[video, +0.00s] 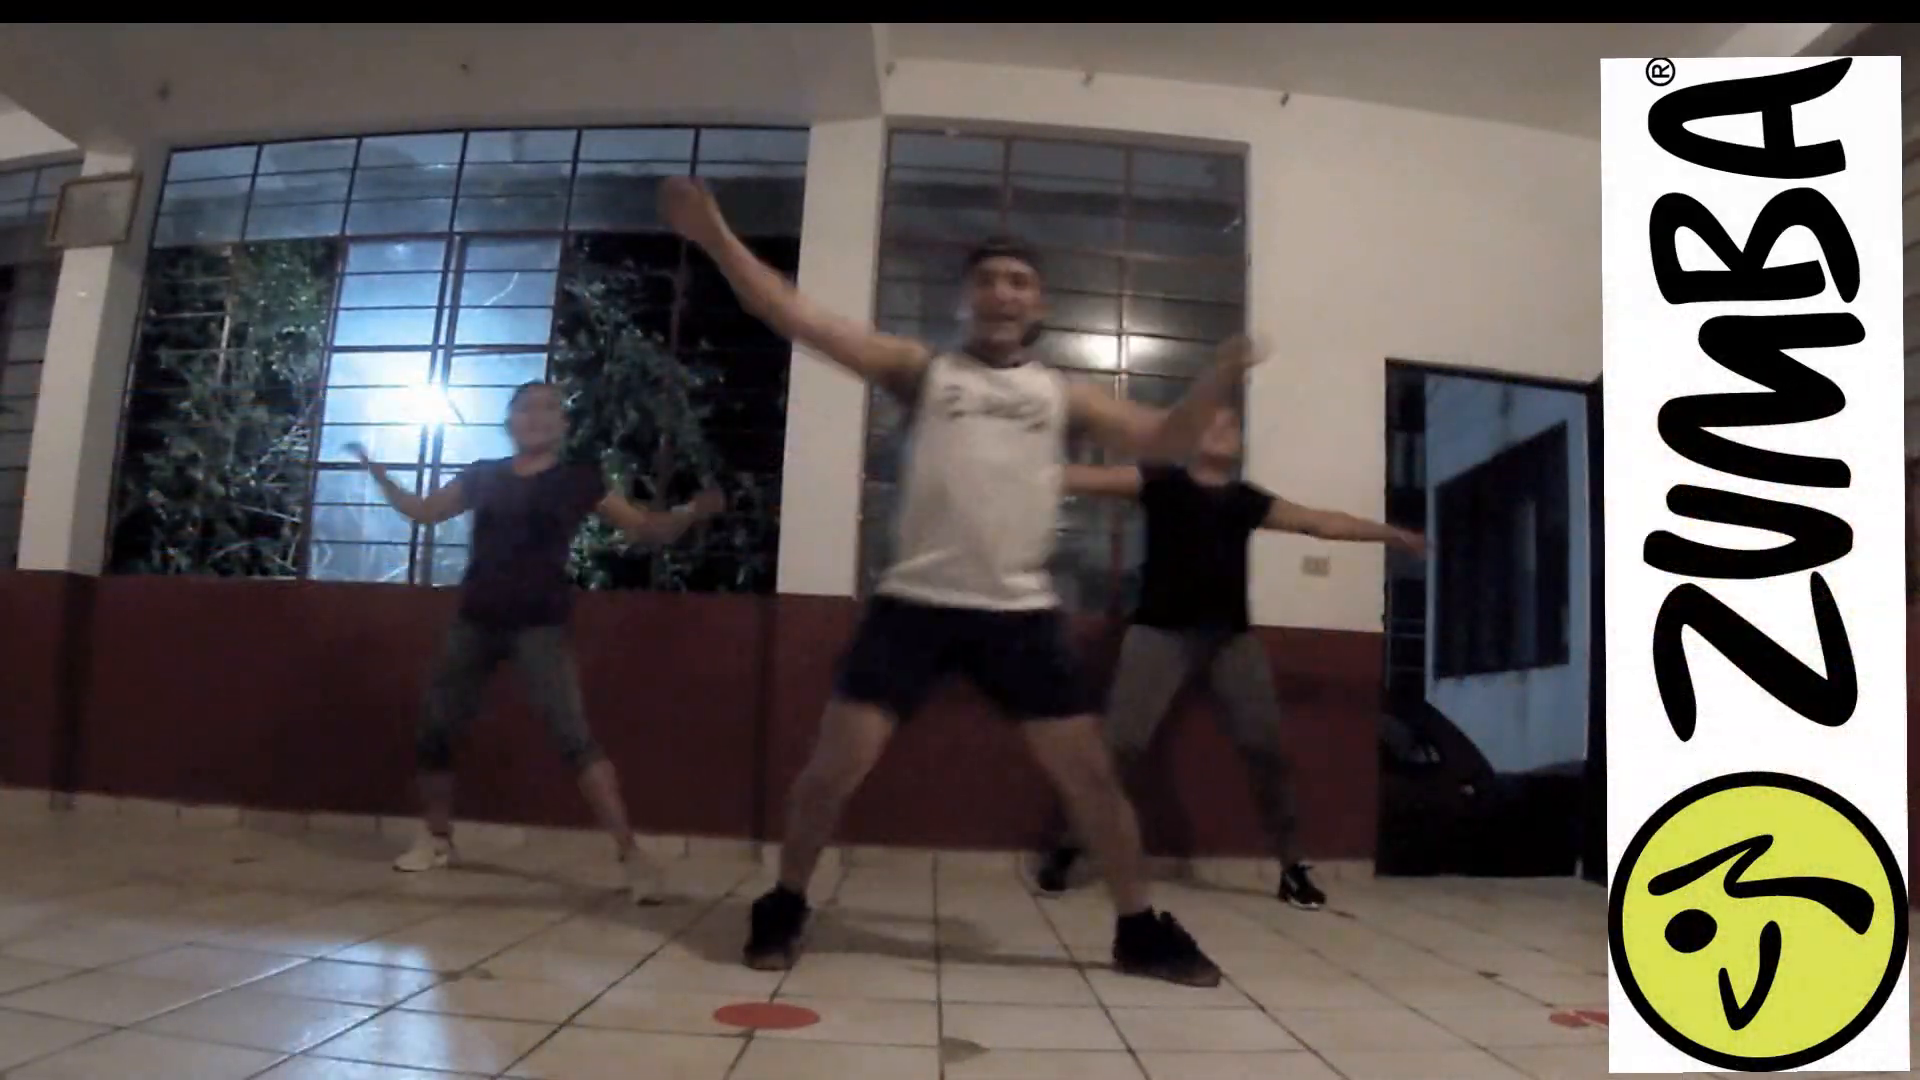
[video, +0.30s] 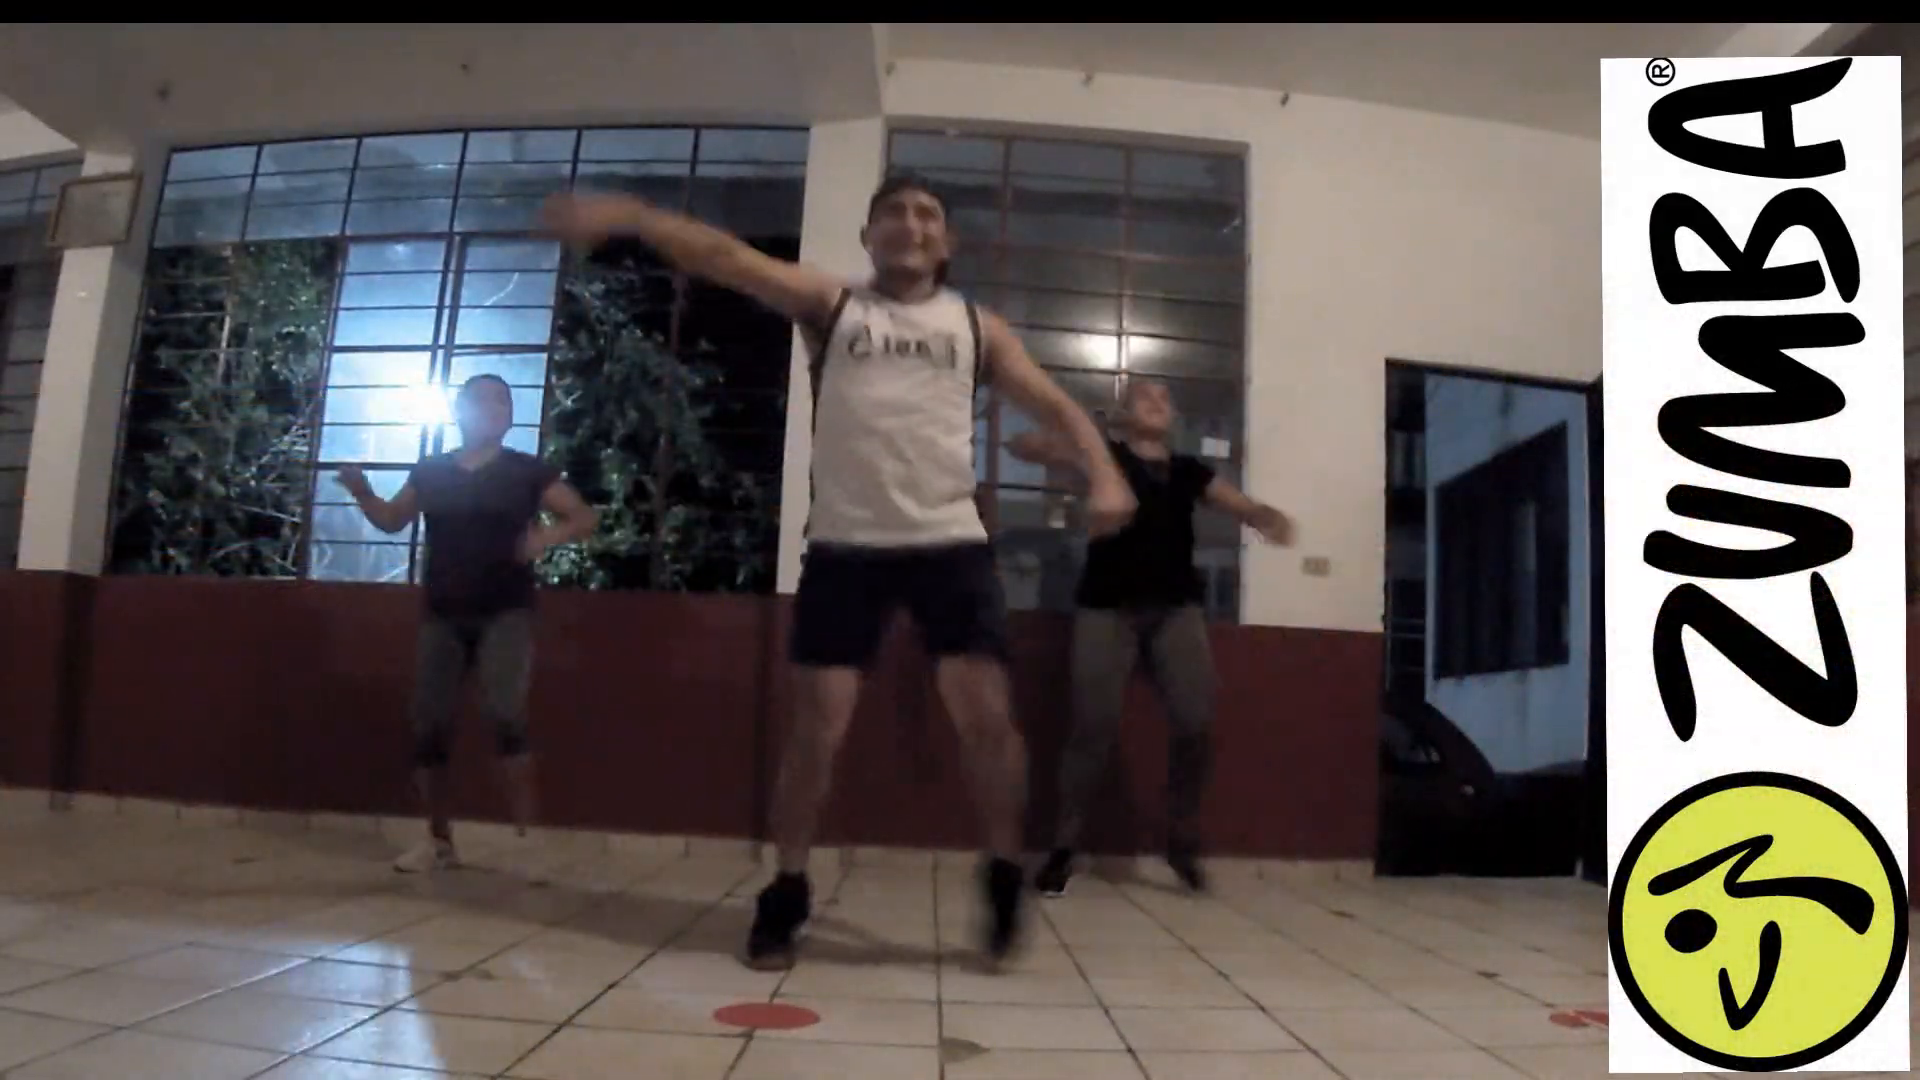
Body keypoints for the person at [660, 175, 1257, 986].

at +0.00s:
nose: (1003, 295)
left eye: (1018, 283)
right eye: (989, 281)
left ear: (1039, 302)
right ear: (966, 296)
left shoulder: (1064, 392)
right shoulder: (922, 368)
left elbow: (1166, 437)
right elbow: (801, 319)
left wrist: (1219, 378)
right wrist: (718, 239)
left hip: (1020, 616)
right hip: (912, 607)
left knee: (1091, 776)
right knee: (833, 772)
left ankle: (1139, 925)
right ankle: (784, 904)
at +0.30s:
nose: (914, 224)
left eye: (928, 215)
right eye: (897, 213)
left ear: (947, 240)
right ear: (868, 235)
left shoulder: (975, 327)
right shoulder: (833, 302)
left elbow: (1057, 407)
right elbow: (728, 260)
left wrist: (1104, 472)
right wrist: (628, 215)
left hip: (948, 548)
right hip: (844, 548)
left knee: (985, 715)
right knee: (817, 723)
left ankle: (1006, 877)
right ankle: (787, 891)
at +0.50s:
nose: (912, 243)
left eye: (926, 232)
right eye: (895, 231)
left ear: (946, 254)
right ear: (865, 253)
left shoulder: (982, 339)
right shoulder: (826, 340)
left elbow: (1021, 448)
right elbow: (738, 410)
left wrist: (995, 501)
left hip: (923, 585)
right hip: (827, 575)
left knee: (912, 768)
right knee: (820, 747)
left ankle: (886, 900)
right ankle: (824, 910)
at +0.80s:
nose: (924, 213)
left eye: (939, 206)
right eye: (907, 204)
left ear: (957, 236)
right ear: (875, 232)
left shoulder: (982, 308)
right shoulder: (828, 323)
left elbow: (1063, 203)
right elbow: (781, 431)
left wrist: (1024, 86)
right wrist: (783, 524)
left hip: (947, 561)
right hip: (834, 559)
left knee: (1013, 720)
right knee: (820, 755)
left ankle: (1024, 925)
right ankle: (829, 906)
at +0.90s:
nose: (937, 197)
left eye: (954, 194)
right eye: (919, 190)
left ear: (974, 224)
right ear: (891, 222)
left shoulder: (1000, 286)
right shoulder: (847, 316)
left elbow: (1042, 140)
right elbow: (790, 428)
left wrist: (1046, 26)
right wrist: (793, 489)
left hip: (955, 557)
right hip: (848, 555)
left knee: (994, 753)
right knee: (835, 752)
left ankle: (1050, 964)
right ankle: (842, 903)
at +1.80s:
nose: (877, 278)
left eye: (895, 262)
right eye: (860, 260)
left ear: (920, 262)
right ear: (830, 257)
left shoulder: (950, 354)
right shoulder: (789, 321)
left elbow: (1010, 468)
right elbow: (741, 192)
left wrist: (1058, 577)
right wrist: (707, 53)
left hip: (928, 590)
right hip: (804, 593)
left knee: (1014, 771)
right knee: (738, 759)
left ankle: (967, 854)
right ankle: (670, 975)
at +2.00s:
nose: (937, 325)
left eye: (952, 309)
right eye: (921, 309)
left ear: (974, 312)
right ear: (893, 311)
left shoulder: (1014, 398)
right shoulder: (856, 387)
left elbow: (1061, 514)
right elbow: (753, 421)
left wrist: (1084, 623)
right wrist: (767, 309)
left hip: (976, 630)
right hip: (871, 622)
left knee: (974, 801)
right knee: (793, 769)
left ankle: (953, 922)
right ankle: (707, 950)